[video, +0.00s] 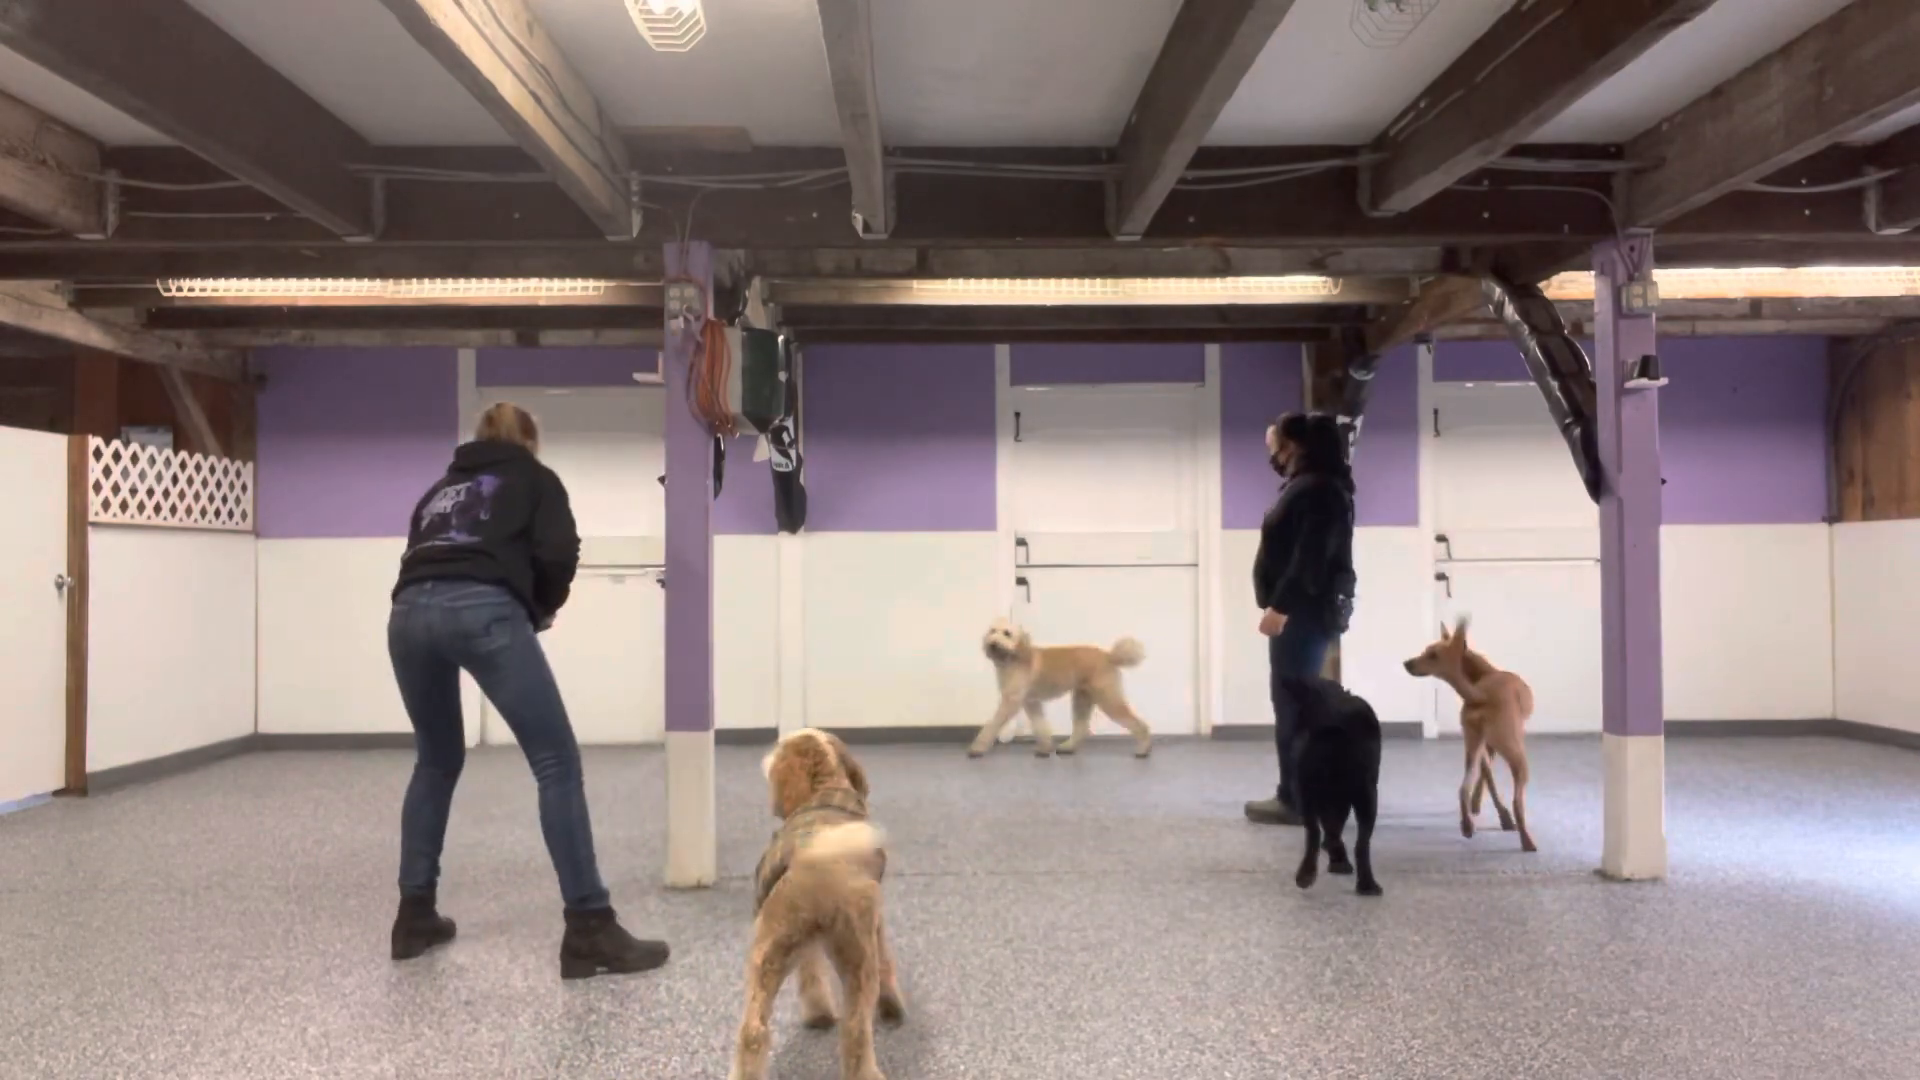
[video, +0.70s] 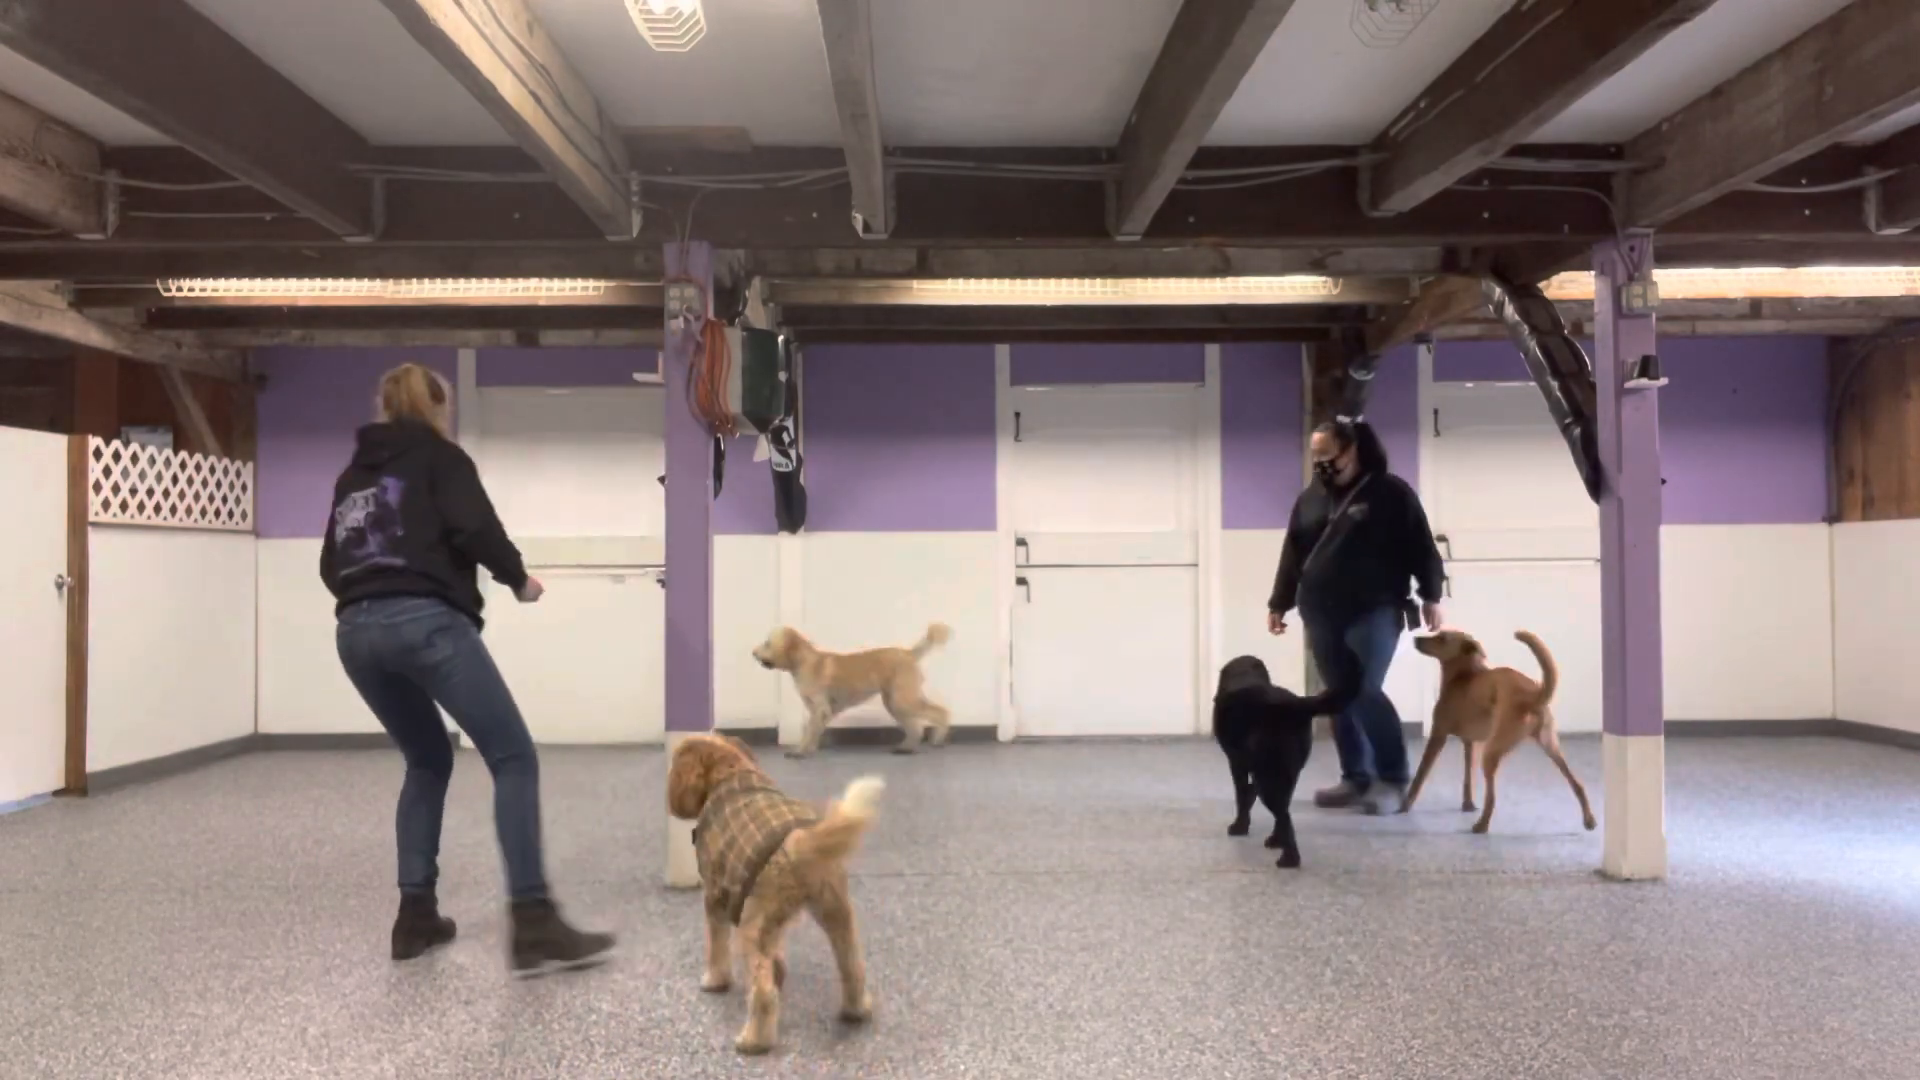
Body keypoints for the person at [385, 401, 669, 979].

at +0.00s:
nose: (537, 449)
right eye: (535, 440)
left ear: (480, 437)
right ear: (529, 441)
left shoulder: (442, 484)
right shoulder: (537, 477)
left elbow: (421, 555)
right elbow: (558, 550)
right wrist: (541, 609)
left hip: (411, 612)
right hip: (486, 609)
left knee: (436, 759)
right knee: (556, 763)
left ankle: (414, 915)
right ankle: (590, 926)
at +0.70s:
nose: (448, 417)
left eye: (445, 408)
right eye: (446, 408)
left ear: (387, 409)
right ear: (436, 406)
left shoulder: (354, 470)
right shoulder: (443, 457)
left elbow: (332, 561)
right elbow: (478, 530)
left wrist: (373, 598)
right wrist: (520, 579)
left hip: (356, 629)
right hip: (426, 619)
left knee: (427, 759)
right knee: (512, 758)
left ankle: (415, 915)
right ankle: (534, 920)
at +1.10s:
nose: (392, 400)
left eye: (391, 389)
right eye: (389, 389)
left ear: (329, 382)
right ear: (374, 388)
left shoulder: (285, 446)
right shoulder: (364, 444)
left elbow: (279, 534)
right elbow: (403, 526)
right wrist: (440, 574)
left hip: (275, 624)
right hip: (331, 626)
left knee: (378, 748)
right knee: (333, 781)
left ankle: (400, 906)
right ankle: (239, 924)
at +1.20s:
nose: (376, 404)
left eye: (375, 393)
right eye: (374, 393)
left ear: (315, 384)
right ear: (360, 391)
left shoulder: (274, 441)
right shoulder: (346, 446)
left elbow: (257, 533)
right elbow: (370, 531)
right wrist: (414, 583)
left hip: (250, 624)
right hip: (303, 628)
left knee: (355, 740)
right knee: (316, 781)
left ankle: (363, 896)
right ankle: (232, 931)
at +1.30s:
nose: (365, 405)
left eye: (365, 393)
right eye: (363, 393)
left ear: (304, 383)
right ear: (350, 391)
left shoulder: (262, 437)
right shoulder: (332, 443)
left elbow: (230, 528)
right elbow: (351, 530)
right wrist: (396, 591)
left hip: (236, 621)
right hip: (289, 625)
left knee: (338, 736)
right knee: (309, 779)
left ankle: (325, 893)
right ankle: (231, 930)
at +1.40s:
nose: (349, 405)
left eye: (349, 394)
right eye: (347, 394)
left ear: (287, 385)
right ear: (332, 391)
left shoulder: (247, 438)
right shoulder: (316, 442)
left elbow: (210, 526)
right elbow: (323, 528)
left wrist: (249, 582)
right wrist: (372, 595)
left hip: (223, 619)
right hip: (275, 621)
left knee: (293, 756)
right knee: (301, 772)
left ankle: (263, 890)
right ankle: (230, 931)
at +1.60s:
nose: (313, 423)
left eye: (313, 413)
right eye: (310, 412)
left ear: (254, 404)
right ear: (295, 409)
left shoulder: (215, 456)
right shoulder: (286, 453)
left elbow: (153, 528)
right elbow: (283, 528)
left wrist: (198, 578)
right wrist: (328, 596)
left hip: (178, 616)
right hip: (240, 618)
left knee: (207, 755)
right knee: (271, 774)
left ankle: (173, 890)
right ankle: (231, 933)